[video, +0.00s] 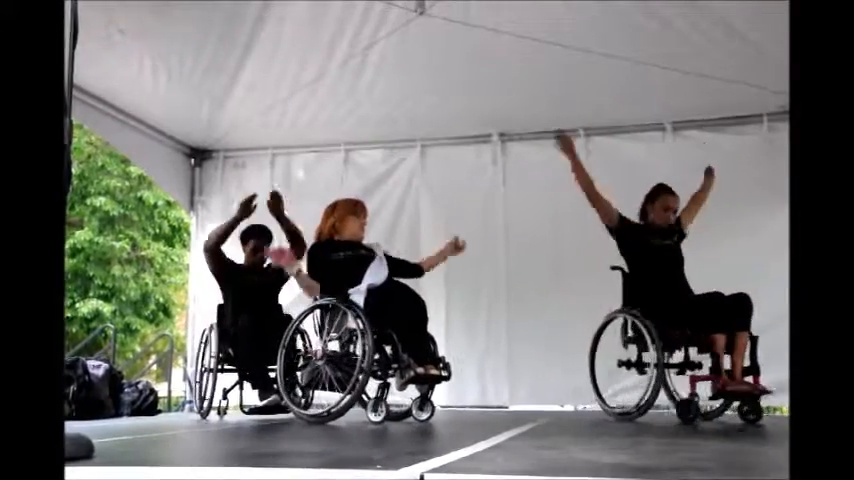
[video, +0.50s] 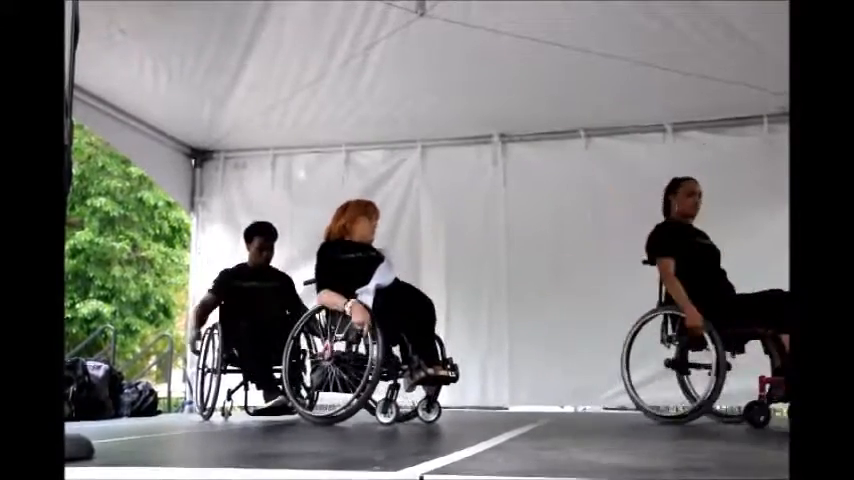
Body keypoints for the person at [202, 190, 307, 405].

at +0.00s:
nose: (262, 253)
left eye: (265, 247)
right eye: (256, 248)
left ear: (270, 249)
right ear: (244, 248)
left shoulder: (275, 275)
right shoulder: (230, 273)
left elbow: (299, 248)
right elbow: (210, 248)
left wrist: (281, 216)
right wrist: (238, 217)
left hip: (272, 334)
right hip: (241, 336)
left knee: (286, 322)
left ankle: (288, 390)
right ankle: (266, 392)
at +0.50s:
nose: (266, 254)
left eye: (269, 249)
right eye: (261, 249)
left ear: (274, 249)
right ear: (248, 246)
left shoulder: (282, 280)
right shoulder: (230, 277)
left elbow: (300, 312)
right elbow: (206, 305)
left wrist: (321, 332)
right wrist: (195, 330)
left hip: (275, 340)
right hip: (242, 341)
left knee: (293, 338)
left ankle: (293, 394)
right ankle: (271, 393)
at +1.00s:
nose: (261, 250)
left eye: (264, 245)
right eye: (255, 245)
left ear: (268, 246)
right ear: (242, 244)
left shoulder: (279, 280)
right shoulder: (226, 278)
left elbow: (300, 309)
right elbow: (204, 308)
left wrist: (310, 326)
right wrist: (207, 333)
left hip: (273, 339)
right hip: (239, 341)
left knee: (291, 327)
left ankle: (291, 392)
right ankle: (271, 393)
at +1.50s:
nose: (258, 255)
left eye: (261, 249)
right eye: (252, 249)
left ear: (263, 250)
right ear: (238, 248)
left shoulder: (269, 282)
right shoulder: (218, 281)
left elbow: (295, 310)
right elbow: (191, 313)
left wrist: (323, 332)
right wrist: (163, 343)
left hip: (262, 343)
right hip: (230, 346)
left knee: (282, 324)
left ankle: (286, 392)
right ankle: (266, 393)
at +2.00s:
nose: (248, 261)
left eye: (252, 256)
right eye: (243, 255)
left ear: (255, 255)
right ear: (231, 253)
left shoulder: (262, 280)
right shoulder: (214, 280)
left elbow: (299, 274)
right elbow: (181, 283)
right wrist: (185, 254)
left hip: (255, 342)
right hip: (223, 346)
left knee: (273, 325)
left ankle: (277, 392)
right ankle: (257, 393)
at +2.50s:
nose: (248, 266)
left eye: (252, 261)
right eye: (244, 261)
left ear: (255, 262)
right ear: (232, 259)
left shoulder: (259, 291)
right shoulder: (214, 287)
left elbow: (282, 319)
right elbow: (186, 310)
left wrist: (289, 344)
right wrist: (193, 332)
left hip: (249, 346)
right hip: (216, 348)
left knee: (273, 331)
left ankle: (272, 394)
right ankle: (256, 395)